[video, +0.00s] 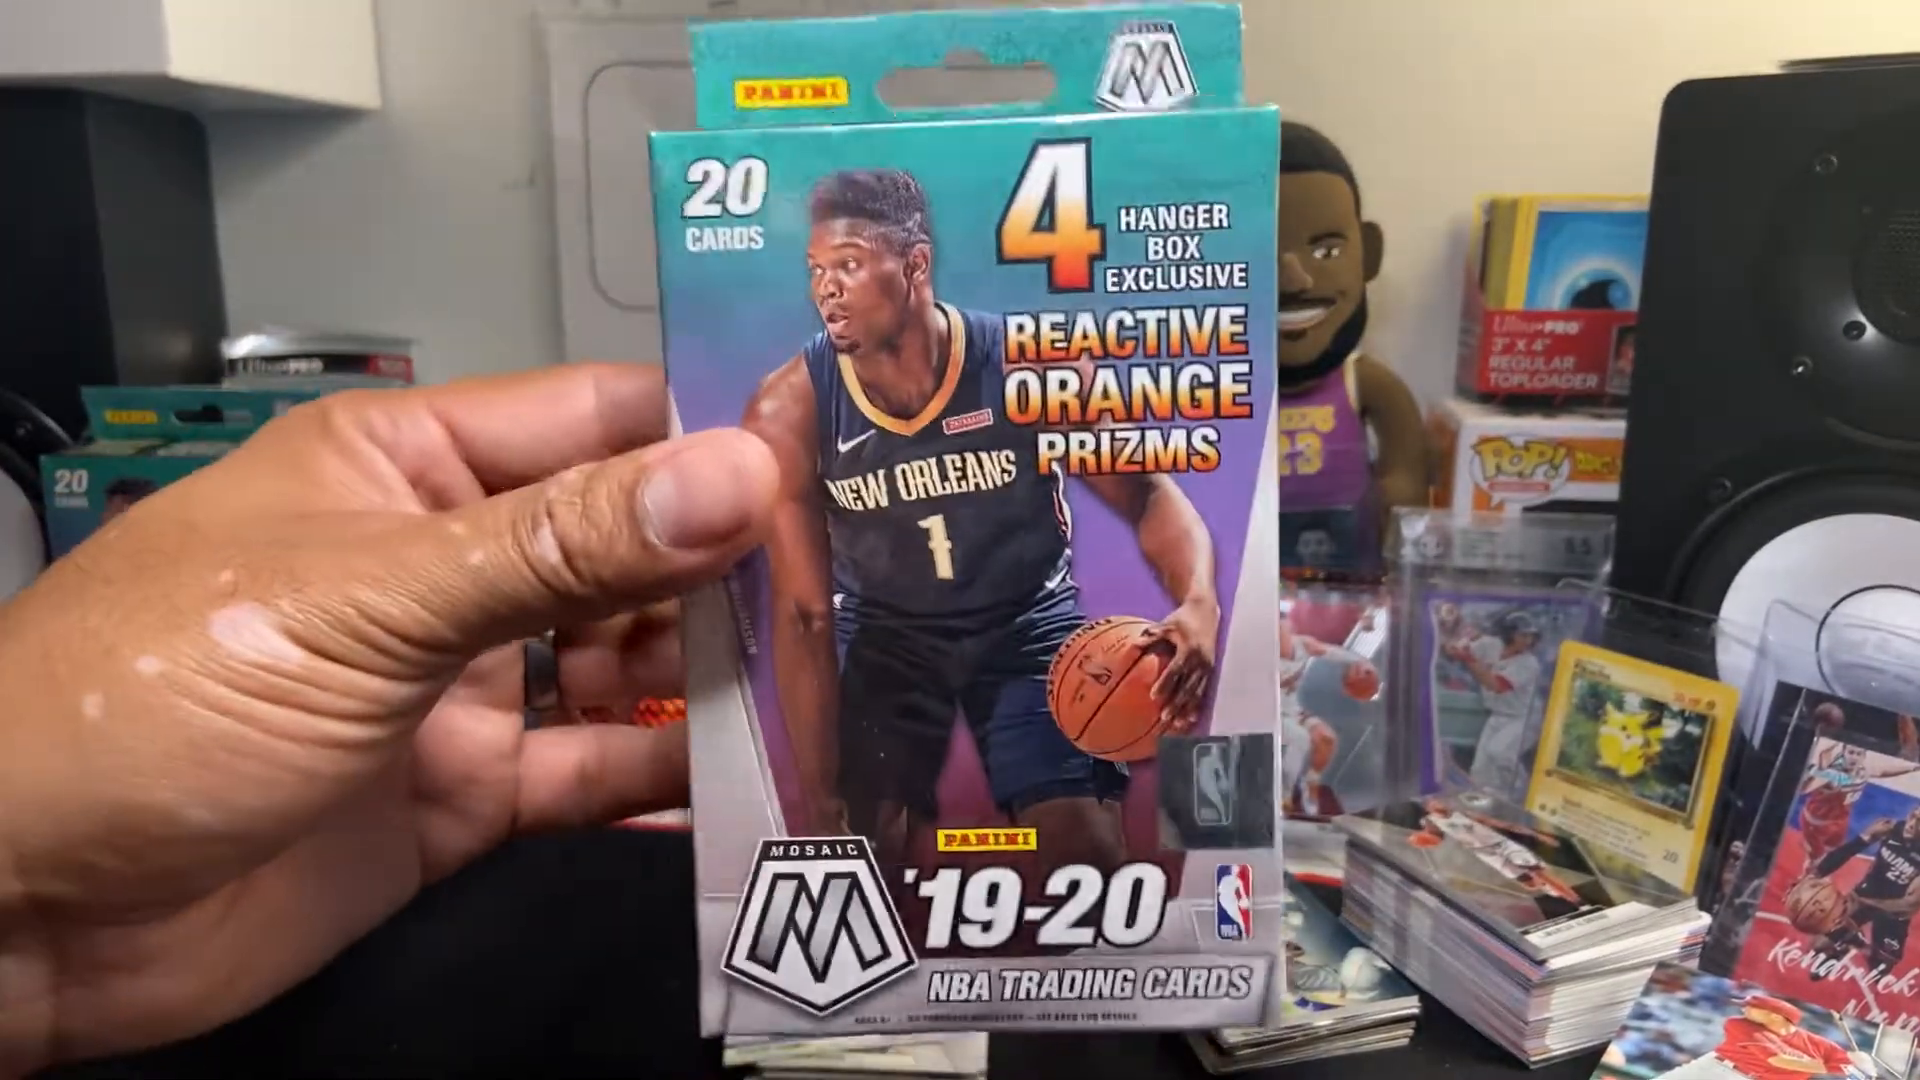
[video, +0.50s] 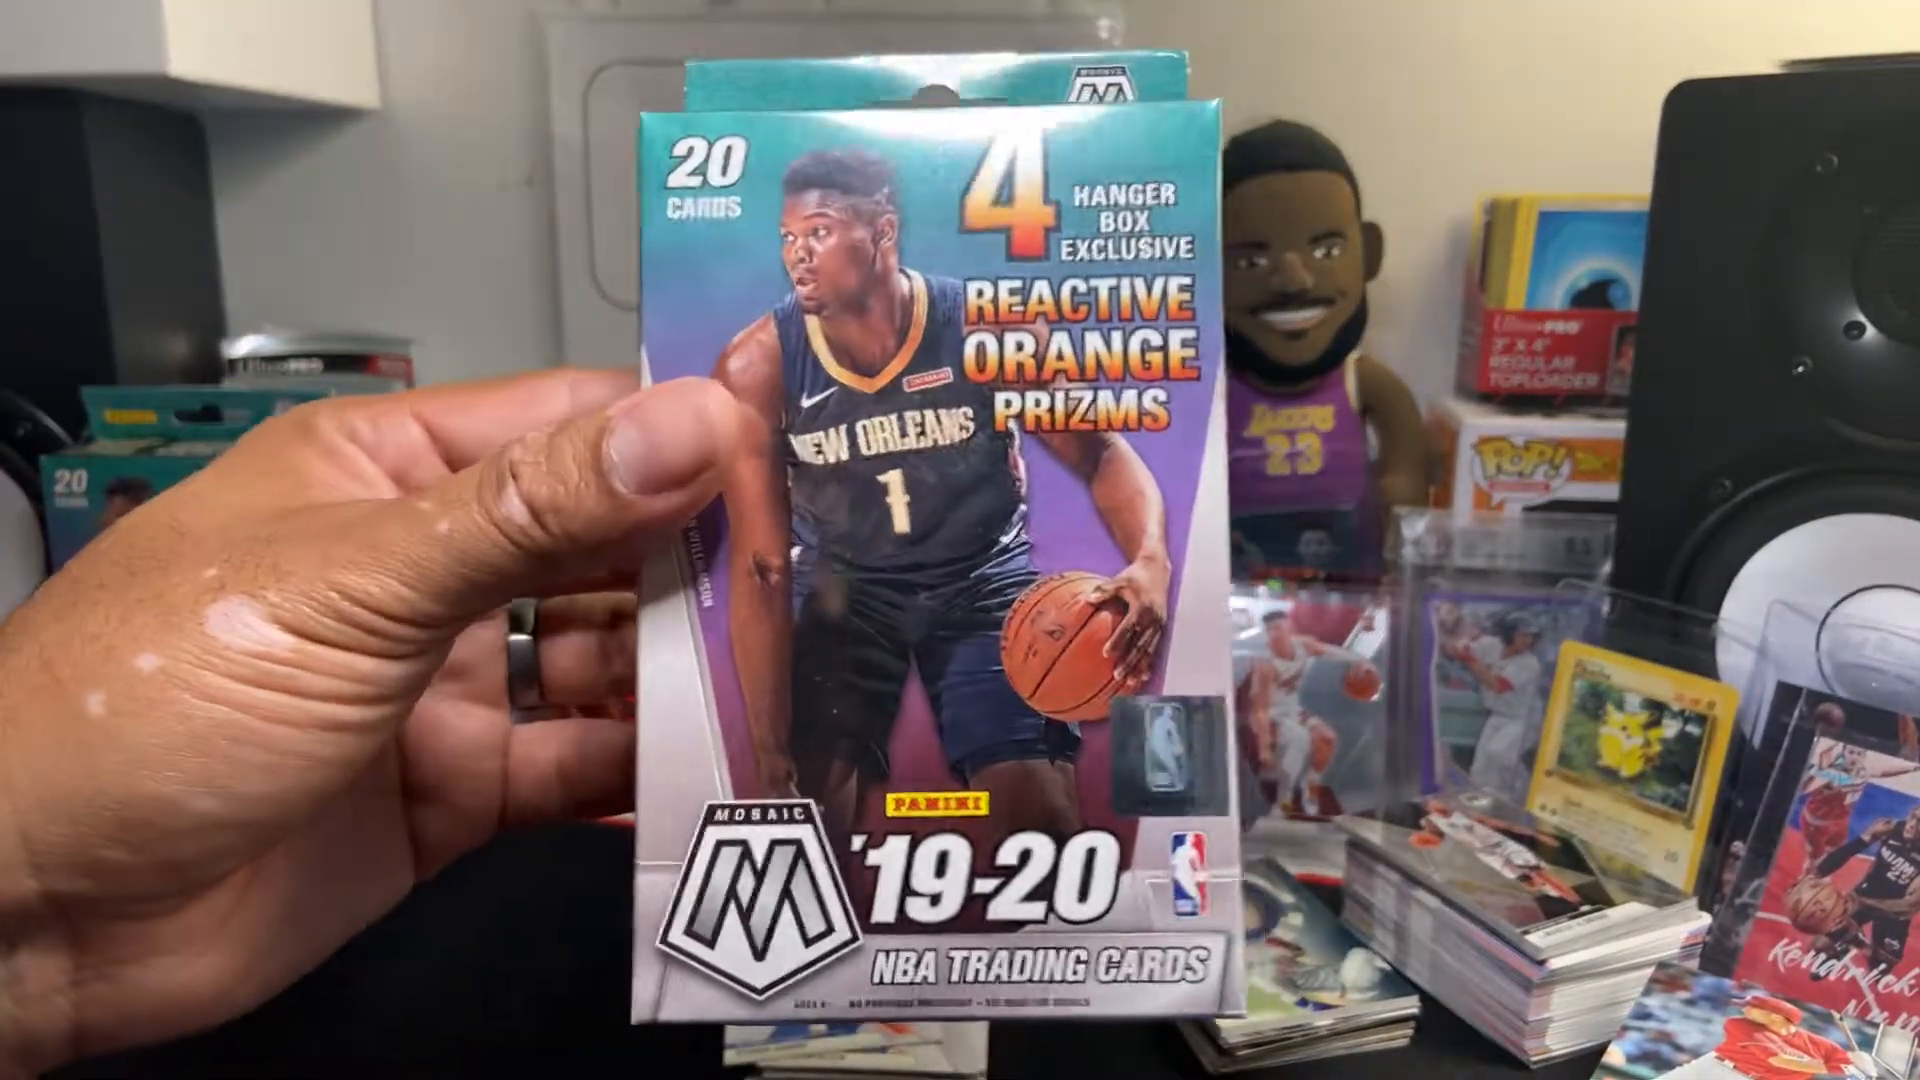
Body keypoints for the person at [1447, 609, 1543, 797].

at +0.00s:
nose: (1528, 641)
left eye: (1531, 636)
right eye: (1523, 635)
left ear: (1535, 639)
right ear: (1511, 635)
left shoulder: (1529, 663)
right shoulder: (1492, 645)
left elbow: (1498, 684)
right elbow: (1462, 651)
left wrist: (1471, 661)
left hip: (1521, 722)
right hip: (1496, 718)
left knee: (1497, 751)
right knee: (1481, 763)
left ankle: (1520, 788)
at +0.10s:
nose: (1528, 641)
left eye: (1531, 636)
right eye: (1523, 635)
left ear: (1535, 639)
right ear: (1511, 635)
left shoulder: (1529, 663)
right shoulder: (1492, 646)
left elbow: (1498, 684)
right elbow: (1462, 651)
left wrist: (1471, 661)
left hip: (1519, 722)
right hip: (1496, 718)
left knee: (1497, 751)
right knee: (1481, 763)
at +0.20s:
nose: (1528, 641)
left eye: (1531, 636)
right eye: (1523, 635)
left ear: (1535, 639)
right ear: (1511, 635)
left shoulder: (1529, 663)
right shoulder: (1492, 645)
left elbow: (1498, 685)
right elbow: (1461, 650)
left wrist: (1471, 661)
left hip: (1520, 722)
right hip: (1496, 718)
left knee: (1497, 751)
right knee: (1482, 757)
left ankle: (1519, 788)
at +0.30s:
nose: (1528, 641)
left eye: (1531, 636)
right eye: (1523, 635)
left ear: (1534, 639)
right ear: (1511, 635)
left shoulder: (1529, 663)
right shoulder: (1492, 646)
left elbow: (1498, 685)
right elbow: (1460, 650)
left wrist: (1471, 661)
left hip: (1520, 722)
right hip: (1496, 718)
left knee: (1497, 751)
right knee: (1481, 764)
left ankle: (1520, 788)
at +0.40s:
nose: (1528, 641)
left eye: (1531, 636)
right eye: (1523, 635)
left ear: (1534, 639)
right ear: (1511, 634)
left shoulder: (1530, 664)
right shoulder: (1492, 646)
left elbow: (1500, 685)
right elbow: (1461, 651)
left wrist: (1473, 662)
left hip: (1519, 721)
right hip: (1497, 717)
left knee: (1498, 752)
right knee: (1483, 754)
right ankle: (1478, 794)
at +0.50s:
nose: (1528, 641)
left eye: (1531, 636)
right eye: (1523, 635)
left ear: (1534, 639)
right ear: (1511, 634)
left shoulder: (1530, 664)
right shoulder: (1492, 646)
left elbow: (1500, 685)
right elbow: (1461, 651)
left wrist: (1472, 662)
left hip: (1520, 720)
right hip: (1497, 716)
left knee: (1498, 752)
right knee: (1483, 752)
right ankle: (1478, 794)